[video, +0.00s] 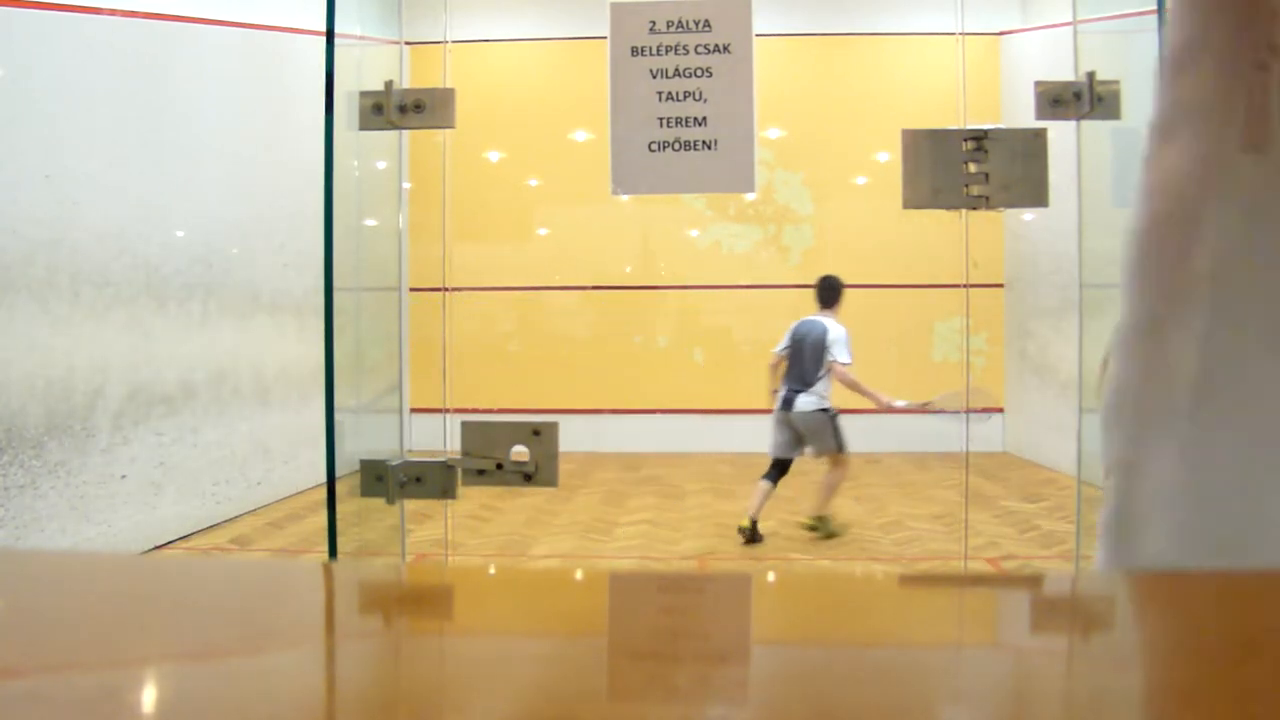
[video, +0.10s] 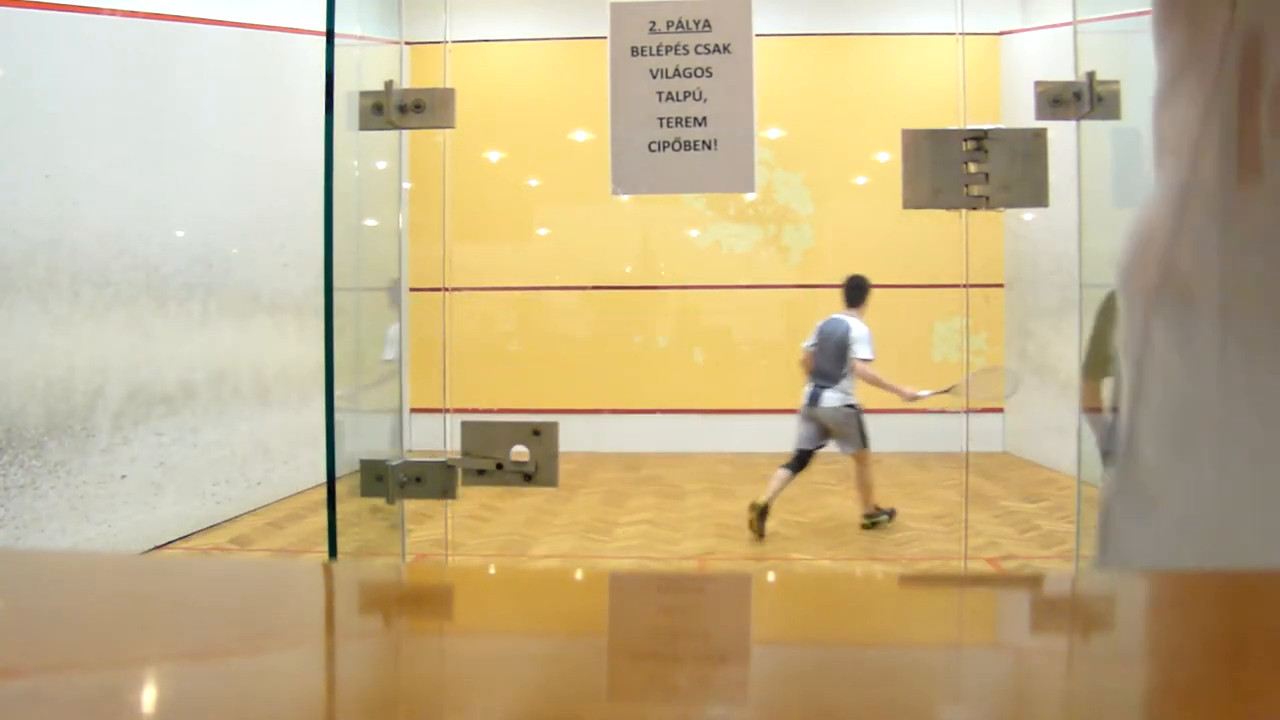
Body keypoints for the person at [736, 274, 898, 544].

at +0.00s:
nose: (839, 300)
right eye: (840, 296)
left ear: (817, 297)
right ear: (839, 298)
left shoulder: (799, 326)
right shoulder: (836, 330)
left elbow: (775, 361)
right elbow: (840, 374)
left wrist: (775, 391)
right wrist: (876, 398)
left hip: (785, 407)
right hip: (813, 409)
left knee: (778, 465)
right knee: (839, 461)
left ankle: (750, 521)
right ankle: (819, 515)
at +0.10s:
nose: (867, 301)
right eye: (867, 296)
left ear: (844, 297)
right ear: (865, 298)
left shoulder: (825, 323)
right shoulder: (858, 329)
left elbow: (805, 357)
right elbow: (860, 370)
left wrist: (819, 382)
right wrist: (901, 391)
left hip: (812, 400)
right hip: (840, 404)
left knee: (799, 458)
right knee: (862, 457)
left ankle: (763, 503)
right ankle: (870, 511)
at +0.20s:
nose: (892, 307)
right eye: (892, 303)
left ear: (869, 302)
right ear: (890, 305)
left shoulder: (848, 328)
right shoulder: (879, 334)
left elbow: (830, 359)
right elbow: (885, 375)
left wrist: (843, 384)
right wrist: (925, 390)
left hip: (835, 405)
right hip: (861, 407)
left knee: (834, 462)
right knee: (886, 457)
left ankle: (800, 486)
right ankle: (876, 513)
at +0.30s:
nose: (913, 311)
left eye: (912, 307)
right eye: (913, 307)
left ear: (891, 302)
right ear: (910, 306)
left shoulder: (867, 325)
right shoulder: (896, 332)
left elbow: (847, 354)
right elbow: (901, 371)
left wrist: (860, 378)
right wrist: (942, 385)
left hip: (851, 401)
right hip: (875, 404)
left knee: (867, 451)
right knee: (894, 457)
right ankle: (878, 510)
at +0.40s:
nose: (930, 312)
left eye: (931, 307)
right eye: (931, 307)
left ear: (909, 302)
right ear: (926, 307)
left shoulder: (885, 322)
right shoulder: (911, 330)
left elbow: (861, 347)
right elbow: (916, 369)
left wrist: (866, 374)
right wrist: (954, 381)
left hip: (866, 395)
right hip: (887, 398)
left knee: (891, 451)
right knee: (902, 454)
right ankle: (880, 504)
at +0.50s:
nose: (945, 318)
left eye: (946, 313)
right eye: (945, 313)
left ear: (924, 307)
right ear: (939, 312)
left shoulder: (901, 326)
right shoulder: (924, 336)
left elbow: (872, 344)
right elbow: (930, 373)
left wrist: (869, 359)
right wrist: (963, 380)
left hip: (881, 398)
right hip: (901, 401)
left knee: (912, 452)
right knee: (912, 457)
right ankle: (885, 501)